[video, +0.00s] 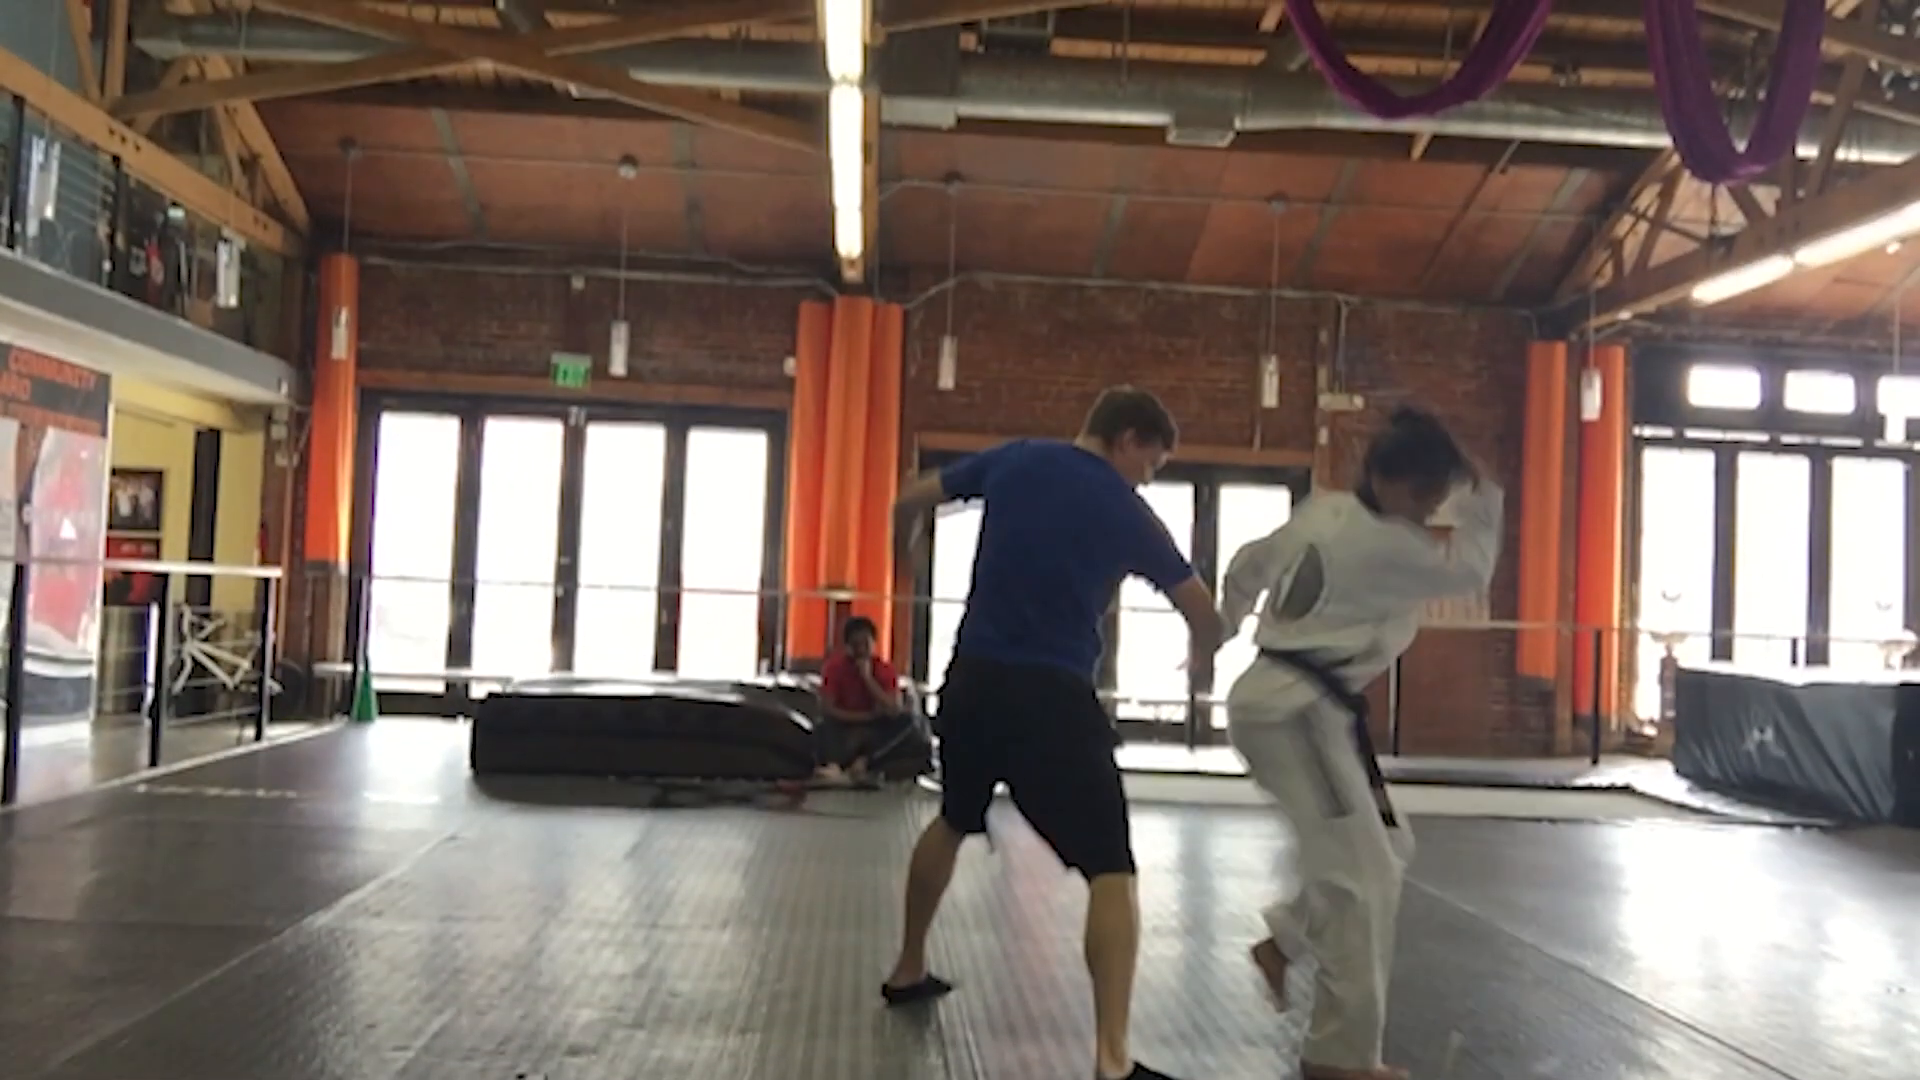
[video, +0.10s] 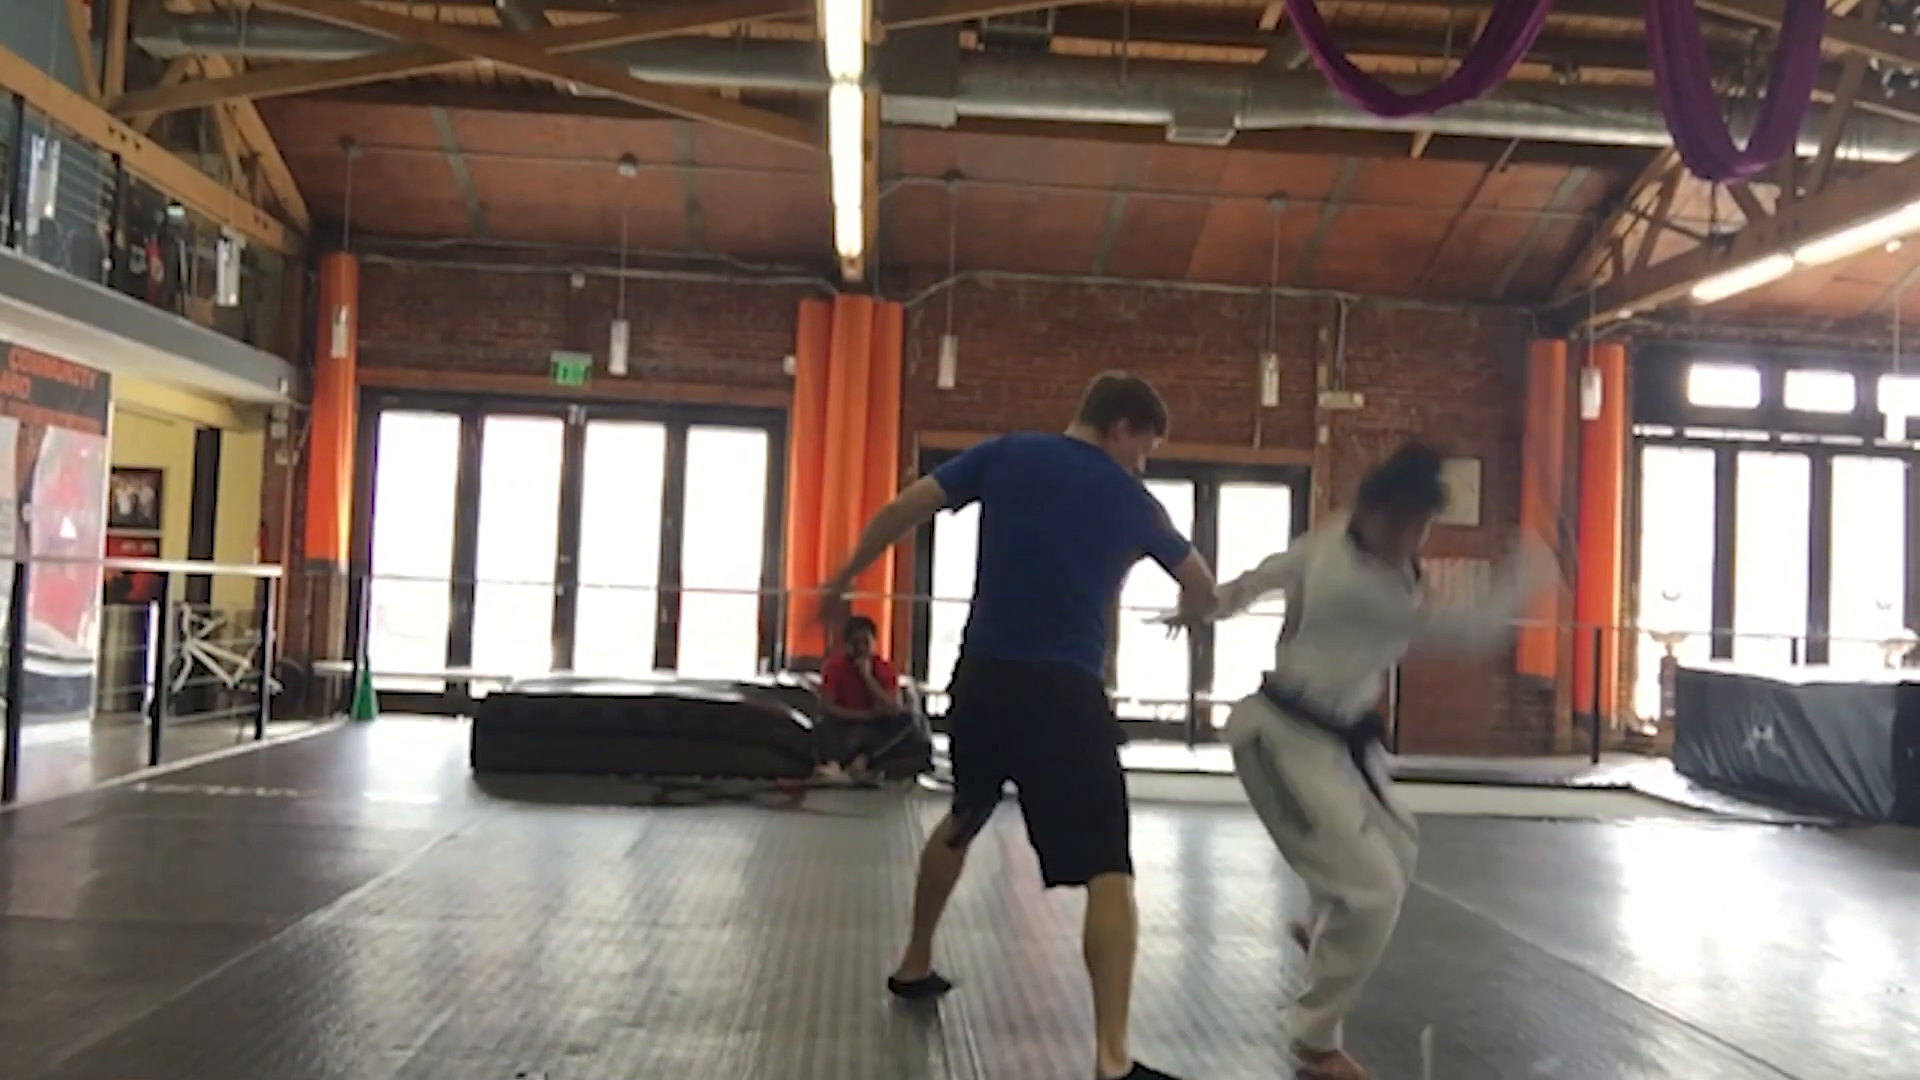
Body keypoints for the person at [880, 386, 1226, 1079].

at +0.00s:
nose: (1146, 481)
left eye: (1153, 470)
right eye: (1150, 466)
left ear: (1094, 430)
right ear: (1126, 440)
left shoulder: (1014, 457)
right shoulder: (1122, 506)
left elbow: (908, 500)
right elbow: (1204, 614)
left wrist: (903, 568)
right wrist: (1202, 660)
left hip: (971, 688)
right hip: (1056, 702)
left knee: (952, 818)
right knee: (1111, 872)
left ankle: (906, 969)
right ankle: (1113, 1060)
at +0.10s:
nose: (1145, 464)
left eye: (1149, 451)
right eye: (1148, 449)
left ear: (1087, 419)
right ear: (1125, 430)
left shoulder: (1009, 453)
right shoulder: (1130, 497)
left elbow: (906, 506)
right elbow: (1201, 587)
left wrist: (838, 581)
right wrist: (1187, 613)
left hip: (982, 685)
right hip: (1067, 698)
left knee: (963, 815)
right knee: (1110, 873)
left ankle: (913, 966)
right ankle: (1114, 1059)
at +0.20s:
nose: (1134, 446)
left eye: (1137, 435)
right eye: (1136, 434)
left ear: (1066, 415)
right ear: (1118, 428)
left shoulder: (1007, 455)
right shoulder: (1128, 501)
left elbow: (903, 488)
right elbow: (1203, 547)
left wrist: (803, 523)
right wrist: (1194, 571)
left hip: (986, 686)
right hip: (1074, 698)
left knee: (977, 804)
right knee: (1108, 879)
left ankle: (951, 951)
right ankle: (1123, 1062)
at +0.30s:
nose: (1123, 446)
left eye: (1125, 436)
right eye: (1124, 436)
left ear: (1055, 419)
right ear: (1105, 439)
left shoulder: (1012, 464)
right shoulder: (1101, 512)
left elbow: (955, 470)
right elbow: (1169, 539)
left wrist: (857, 471)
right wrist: (1177, 536)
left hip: (983, 696)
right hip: (1068, 700)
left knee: (977, 816)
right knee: (1111, 871)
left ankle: (974, 970)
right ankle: (1144, 1052)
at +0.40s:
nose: (1101, 459)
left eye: (1103, 450)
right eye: (1103, 449)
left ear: (1037, 421)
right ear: (1088, 446)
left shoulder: (993, 468)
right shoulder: (1085, 517)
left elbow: (946, 497)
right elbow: (1139, 572)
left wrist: (875, 531)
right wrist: (1124, 554)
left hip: (970, 697)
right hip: (1052, 706)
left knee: (965, 827)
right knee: (1106, 875)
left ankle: (972, 977)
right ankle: (1124, 1003)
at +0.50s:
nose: (1076, 443)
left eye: (1078, 434)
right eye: (1079, 433)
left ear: (1009, 412)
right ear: (1067, 427)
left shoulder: (950, 471)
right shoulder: (1084, 503)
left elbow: (896, 560)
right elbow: (1101, 600)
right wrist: (1044, 573)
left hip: (962, 693)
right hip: (1048, 699)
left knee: (965, 826)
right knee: (1082, 836)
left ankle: (970, 970)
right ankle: (1098, 963)